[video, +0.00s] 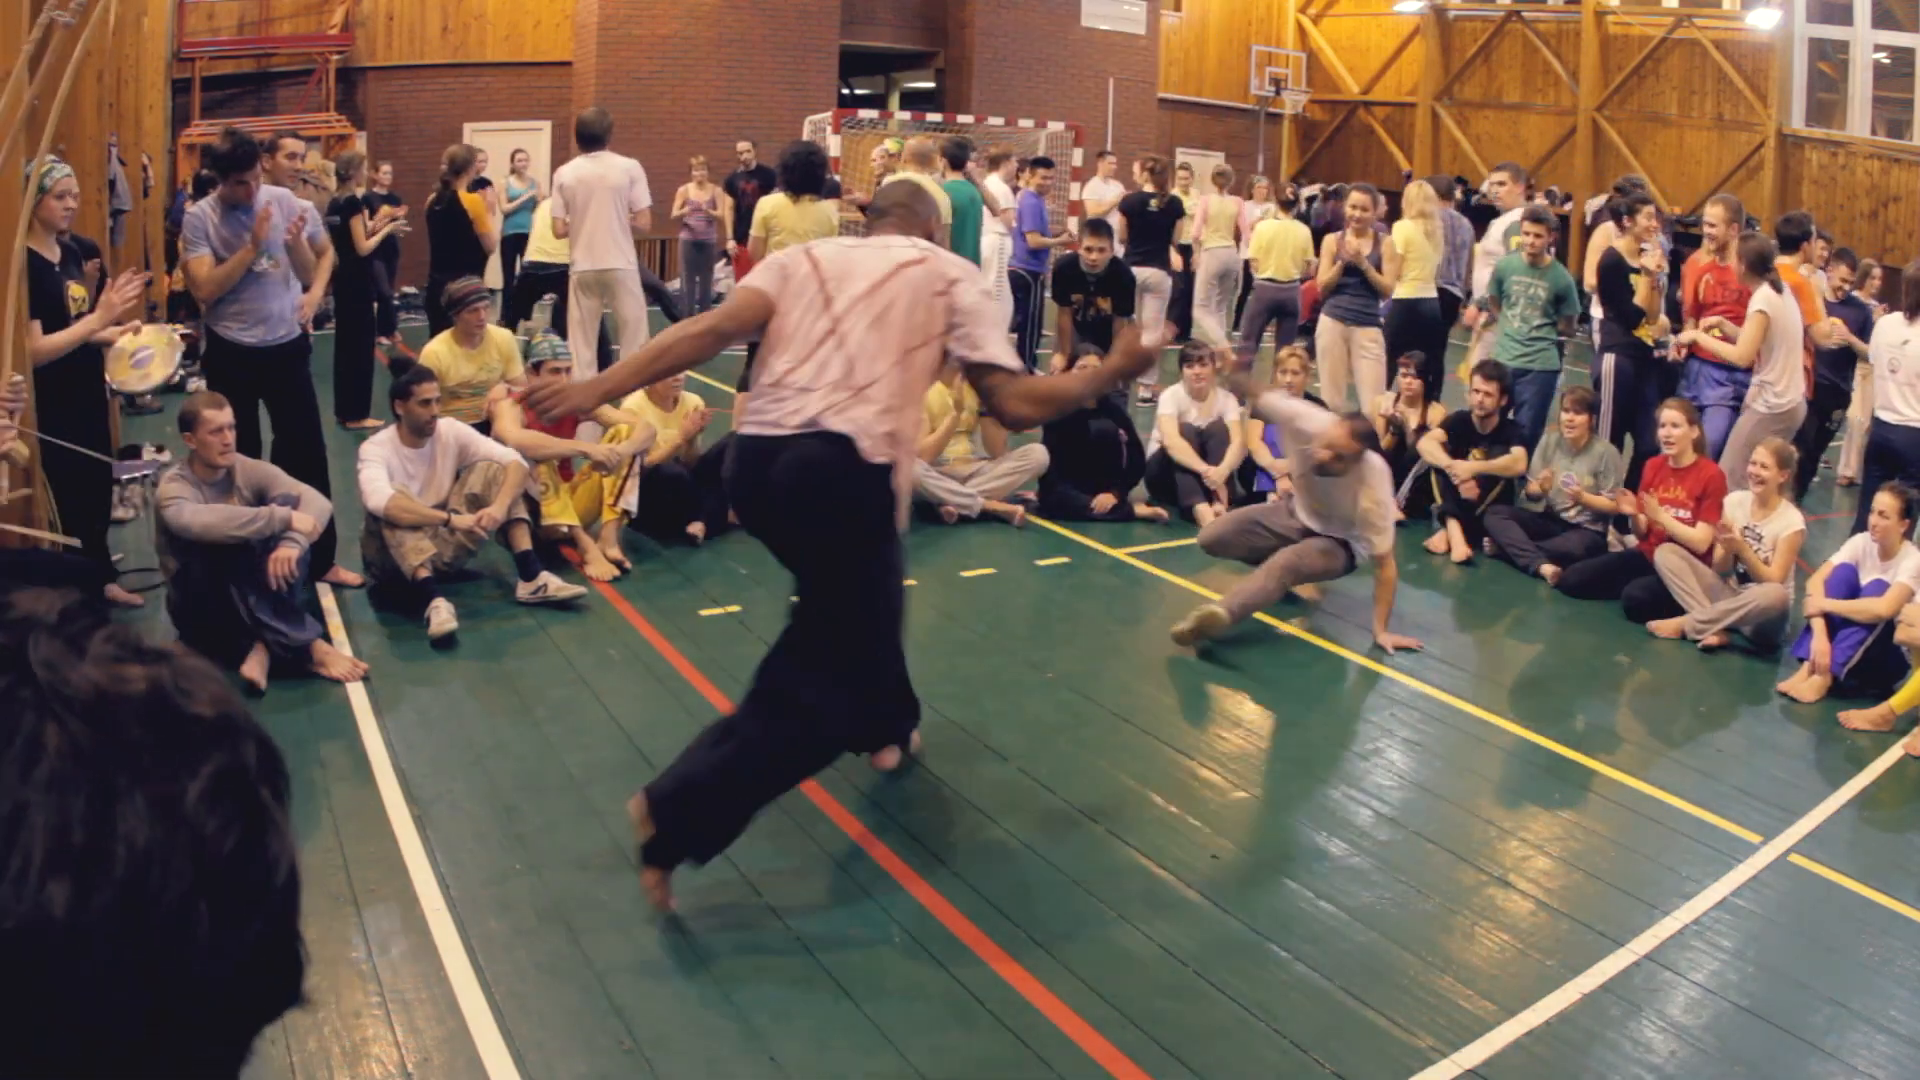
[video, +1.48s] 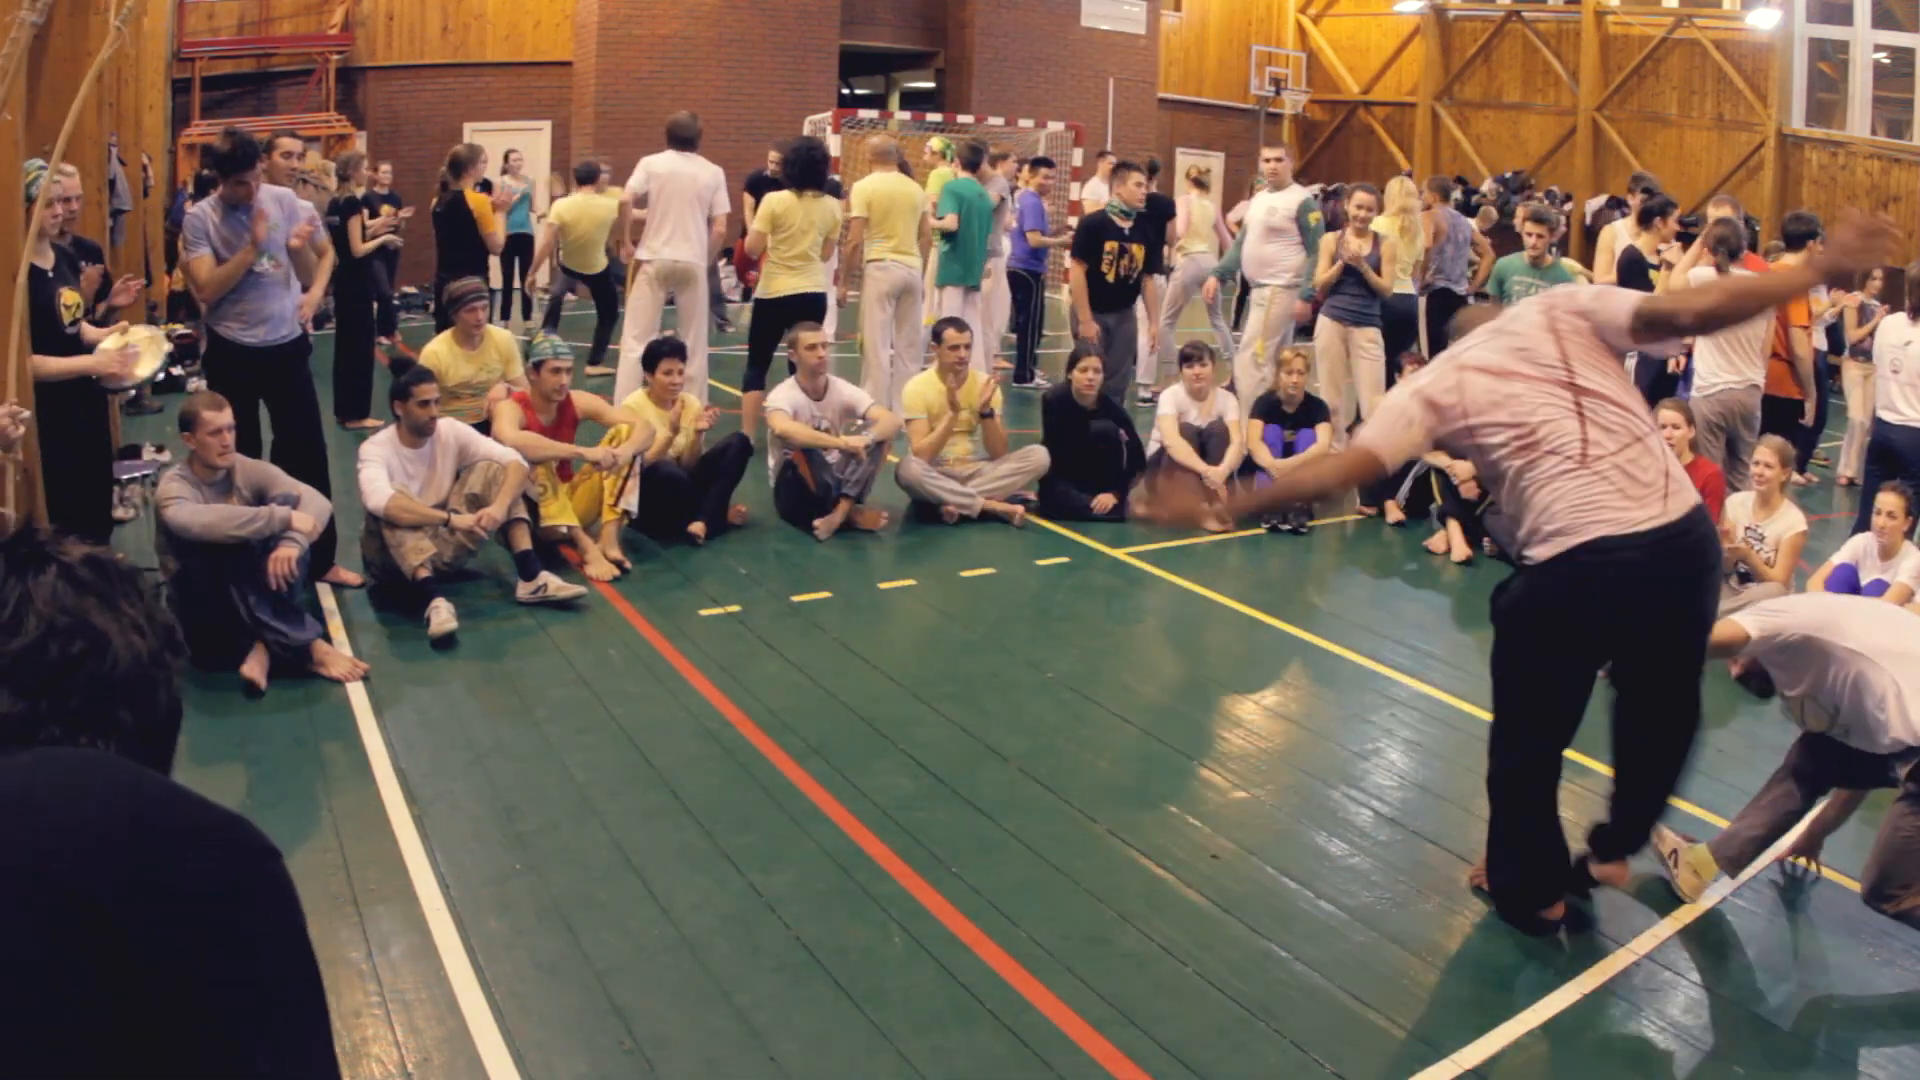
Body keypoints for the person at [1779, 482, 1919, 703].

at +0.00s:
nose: (1872, 521)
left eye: (1883, 516)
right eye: (1872, 512)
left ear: (1904, 525)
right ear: (1868, 512)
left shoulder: (1913, 560)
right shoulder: (1860, 542)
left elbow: (1885, 610)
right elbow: (1814, 582)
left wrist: (1822, 604)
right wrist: (1820, 637)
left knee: (1877, 586)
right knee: (1843, 572)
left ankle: (1823, 676)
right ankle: (1807, 666)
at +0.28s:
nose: (1873, 521)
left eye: (1884, 516)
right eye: (1872, 512)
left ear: (1904, 525)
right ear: (1868, 512)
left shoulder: (1912, 559)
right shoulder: (1860, 542)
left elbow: (1886, 610)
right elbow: (1815, 582)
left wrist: (1823, 604)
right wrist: (1820, 638)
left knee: (1877, 587)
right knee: (1844, 572)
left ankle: (1823, 676)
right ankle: (1807, 666)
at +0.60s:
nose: (1875, 521)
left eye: (1885, 516)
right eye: (1873, 513)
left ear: (1905, 525)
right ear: (1869, 513)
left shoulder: (1912, 559)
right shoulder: (1860, 542)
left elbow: (1886, 610)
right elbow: (1815, 581)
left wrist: (1823, 604)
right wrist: (1820, 638)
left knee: (1877, 587)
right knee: (1844, 572)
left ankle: (1823, 676)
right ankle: (1807, 666)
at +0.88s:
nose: (1877, 522)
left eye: (1887, 516)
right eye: (1874, 513)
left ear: (1906, 524)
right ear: (1869, 513)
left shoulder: (1912, 559)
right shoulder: (1860, 542)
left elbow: (1886, 609)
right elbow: (1815, 581)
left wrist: (1823, 604)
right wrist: (1820, 638)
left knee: (1877, 587)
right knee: (1843, 572)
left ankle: (1823, 676)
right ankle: (1807, 666)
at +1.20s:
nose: (1879, 523)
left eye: (1889, 516)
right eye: (1876, 513)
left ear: (1906, 524)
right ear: (1871, 515)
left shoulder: (1913, 558)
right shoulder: (1860, 541)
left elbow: (1888, 606)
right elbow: (1817, 579)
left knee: (1877, 586)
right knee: (1845, 572)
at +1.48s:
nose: (1880, 524)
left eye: (1891, 516)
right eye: (1877, 513)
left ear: (1907, 523)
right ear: (1871, 515)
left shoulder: (1912, 558)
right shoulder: (1860, 541)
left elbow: (1888, 606)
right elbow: (1814, 581)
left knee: (1876, 586)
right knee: (1844, 572)